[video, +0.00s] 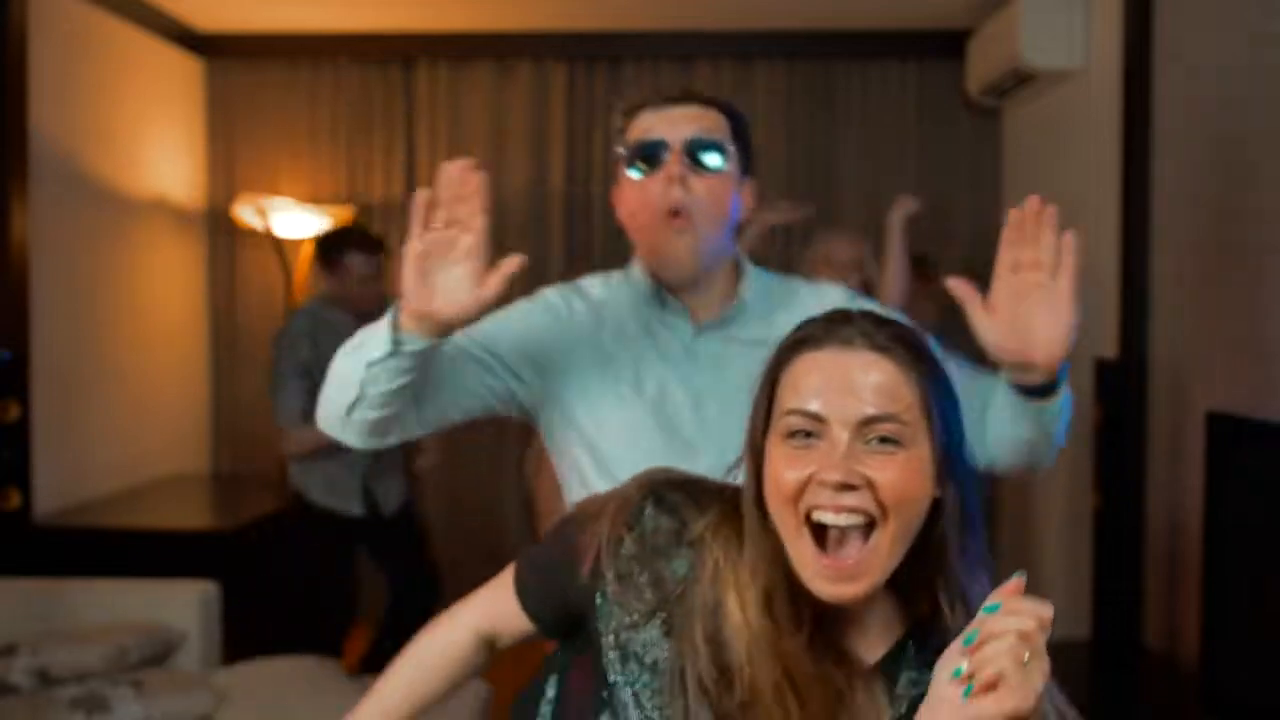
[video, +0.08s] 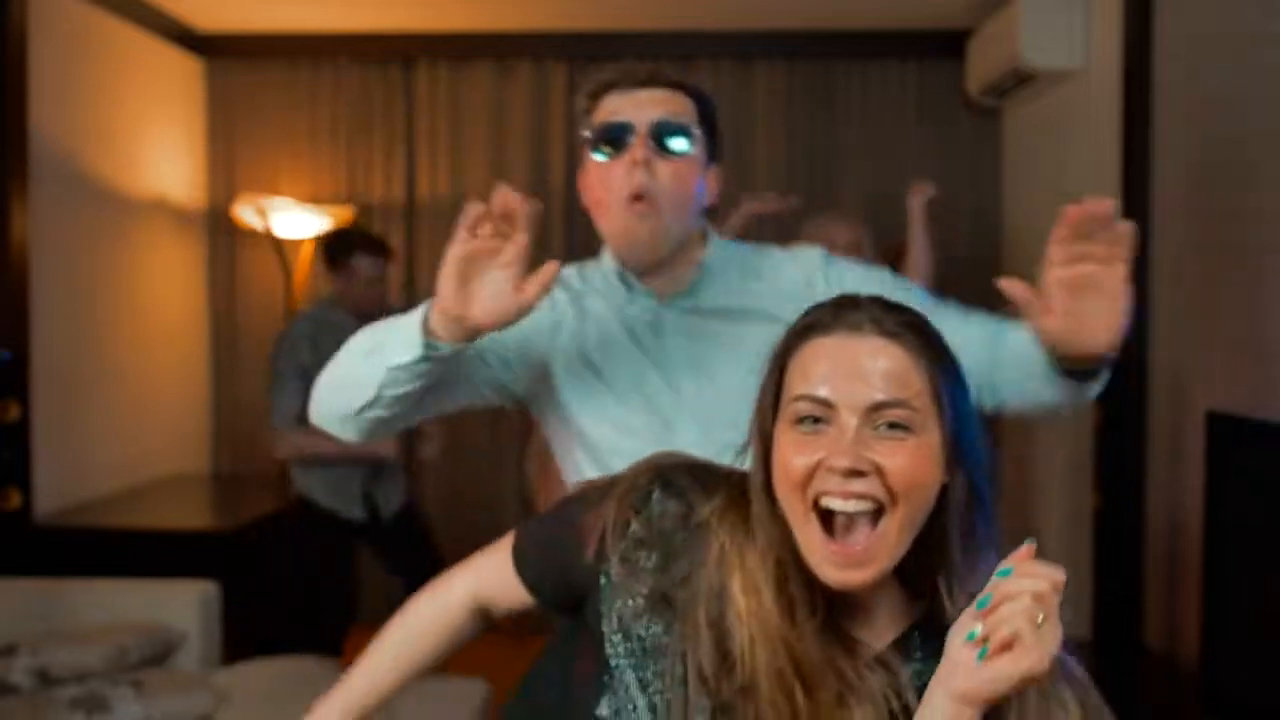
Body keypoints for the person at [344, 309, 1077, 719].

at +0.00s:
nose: (840, 474)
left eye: (884, 438)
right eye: (804, 433)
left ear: (939, 474)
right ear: (756, 459)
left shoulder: (975, 666)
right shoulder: (646, 538)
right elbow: (473, 630)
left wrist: (965, 718)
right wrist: (366, 718)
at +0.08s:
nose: (849, 459)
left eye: (892, 423)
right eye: (812, 419)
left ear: (949, 459)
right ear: (764, 447)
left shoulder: (1003, 661)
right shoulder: (661, 527)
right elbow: (465, 595)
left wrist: (956, 702)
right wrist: (335, 708)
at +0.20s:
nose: (857, 442)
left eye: (902, 407)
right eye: (823, 403)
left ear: (960, 444)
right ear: (778, 428)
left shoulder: (1021, 656)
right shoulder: (674, 497)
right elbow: (461, 537)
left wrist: (968, 671)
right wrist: (307, 686)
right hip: (587, 701)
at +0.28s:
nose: (857, 438)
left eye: (903, 402)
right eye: (824, 397)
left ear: (963, 440)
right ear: (779, 419)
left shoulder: (1010, 660)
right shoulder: (680, 487)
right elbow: (468, 523)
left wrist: (972, 675)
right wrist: (304, 677)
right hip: (548, 703)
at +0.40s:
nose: (843, 446)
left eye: (890, 411)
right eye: (811, 404)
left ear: (953, 449)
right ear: (766, 425)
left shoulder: (1000, 657)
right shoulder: (673, 507)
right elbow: (469, 557)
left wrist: (997, 716)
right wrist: (319, 698)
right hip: (568, 702)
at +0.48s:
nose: (820, 454)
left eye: (870, 419)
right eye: (790, 413)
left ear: (938, 454)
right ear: (752, 435)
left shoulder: (984, 657)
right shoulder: (664, 525)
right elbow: (477, 619)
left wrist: (1071, 709)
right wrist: (365, 714)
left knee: (1078, 692)